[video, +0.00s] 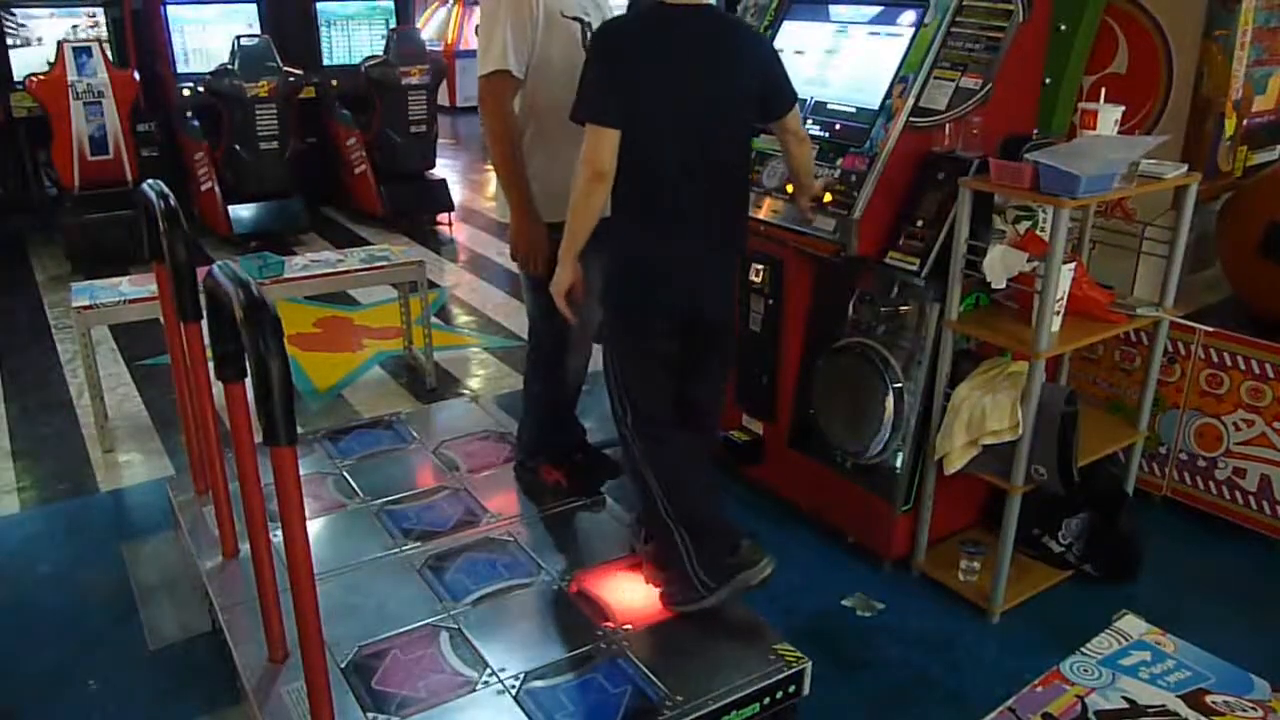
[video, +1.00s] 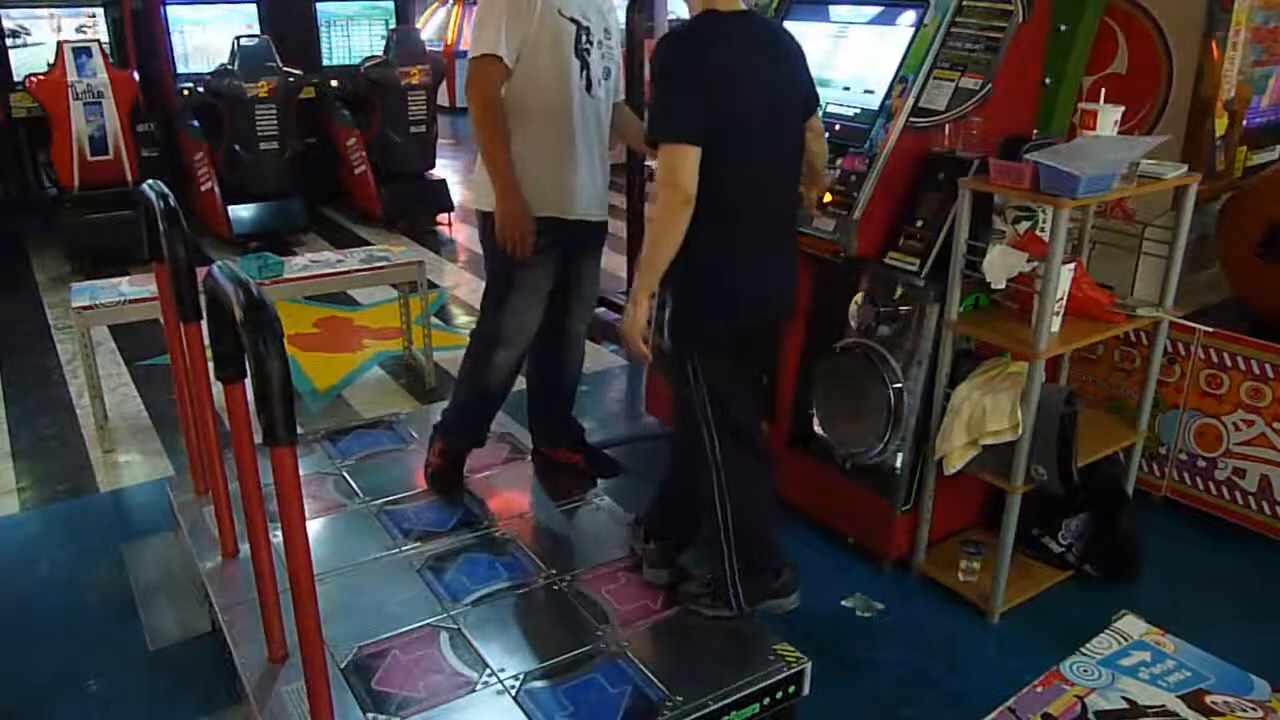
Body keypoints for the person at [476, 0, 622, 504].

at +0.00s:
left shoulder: (614, 8)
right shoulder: (518, 2)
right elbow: (495, 104)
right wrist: (523, 215)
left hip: (598, 201)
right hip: (546, 208)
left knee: (578, 336)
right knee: (554, 339)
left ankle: (566, 441)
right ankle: (537, 456)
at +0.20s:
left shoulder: (609, 7)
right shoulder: (516, 3)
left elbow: (613, 100)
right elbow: (492, 102)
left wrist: (613, 197)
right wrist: (520, 211)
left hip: (591, 205)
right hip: (543, 209)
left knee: (576, 336)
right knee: (552, 339)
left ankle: (565, 442)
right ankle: (537, 457)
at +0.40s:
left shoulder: (613, 9)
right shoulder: (525, 2)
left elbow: (610, 102)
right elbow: (491, 92)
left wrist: (616, 189)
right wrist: (516, 198)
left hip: (580, 199)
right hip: (532, 202)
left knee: (566, 332)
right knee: (539, 334)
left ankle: (561, 438)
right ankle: (527, 451)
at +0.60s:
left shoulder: (611, 10)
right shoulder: (524, 1)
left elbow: (608, 109)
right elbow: (487, 88)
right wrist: (506, 198)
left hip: (582, 204)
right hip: (525, 203)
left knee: (565, 336)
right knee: (520, 333)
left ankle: (556, 443)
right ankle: (471, 441)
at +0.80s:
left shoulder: (610, 10)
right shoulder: (520, 1)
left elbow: (609, 109)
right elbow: (486, 89)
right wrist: (504, 198)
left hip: (585, 205)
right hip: (524, 203)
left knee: (565, 339)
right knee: (508, 336)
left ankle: (557, 446)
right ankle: (447, 440)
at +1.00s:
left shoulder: (609, 11)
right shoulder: (516, 1)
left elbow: (607, 103)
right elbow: (482, 84)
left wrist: (662, 149)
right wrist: (506, 193)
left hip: (586, 204)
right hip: (523, 202)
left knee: (566, 338)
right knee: (506, 337)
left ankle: (556, 445)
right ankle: (451, 445)